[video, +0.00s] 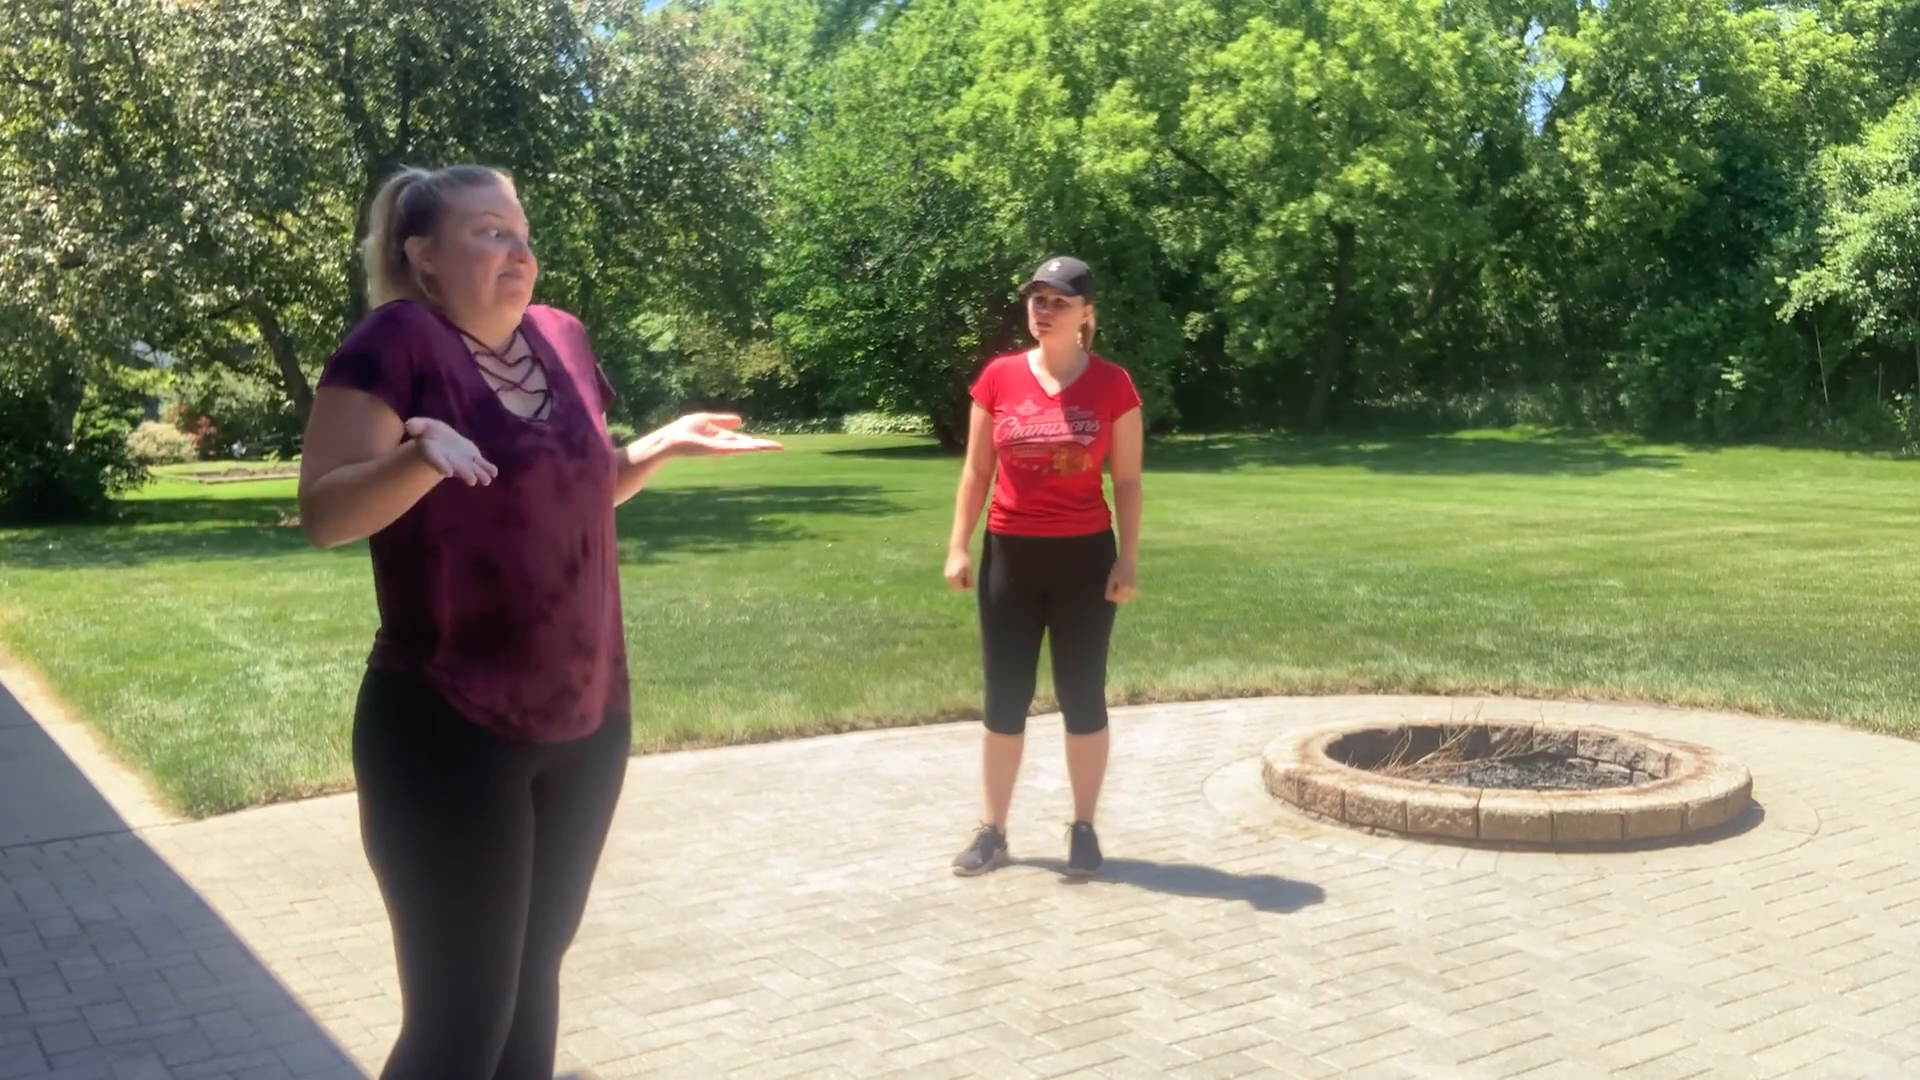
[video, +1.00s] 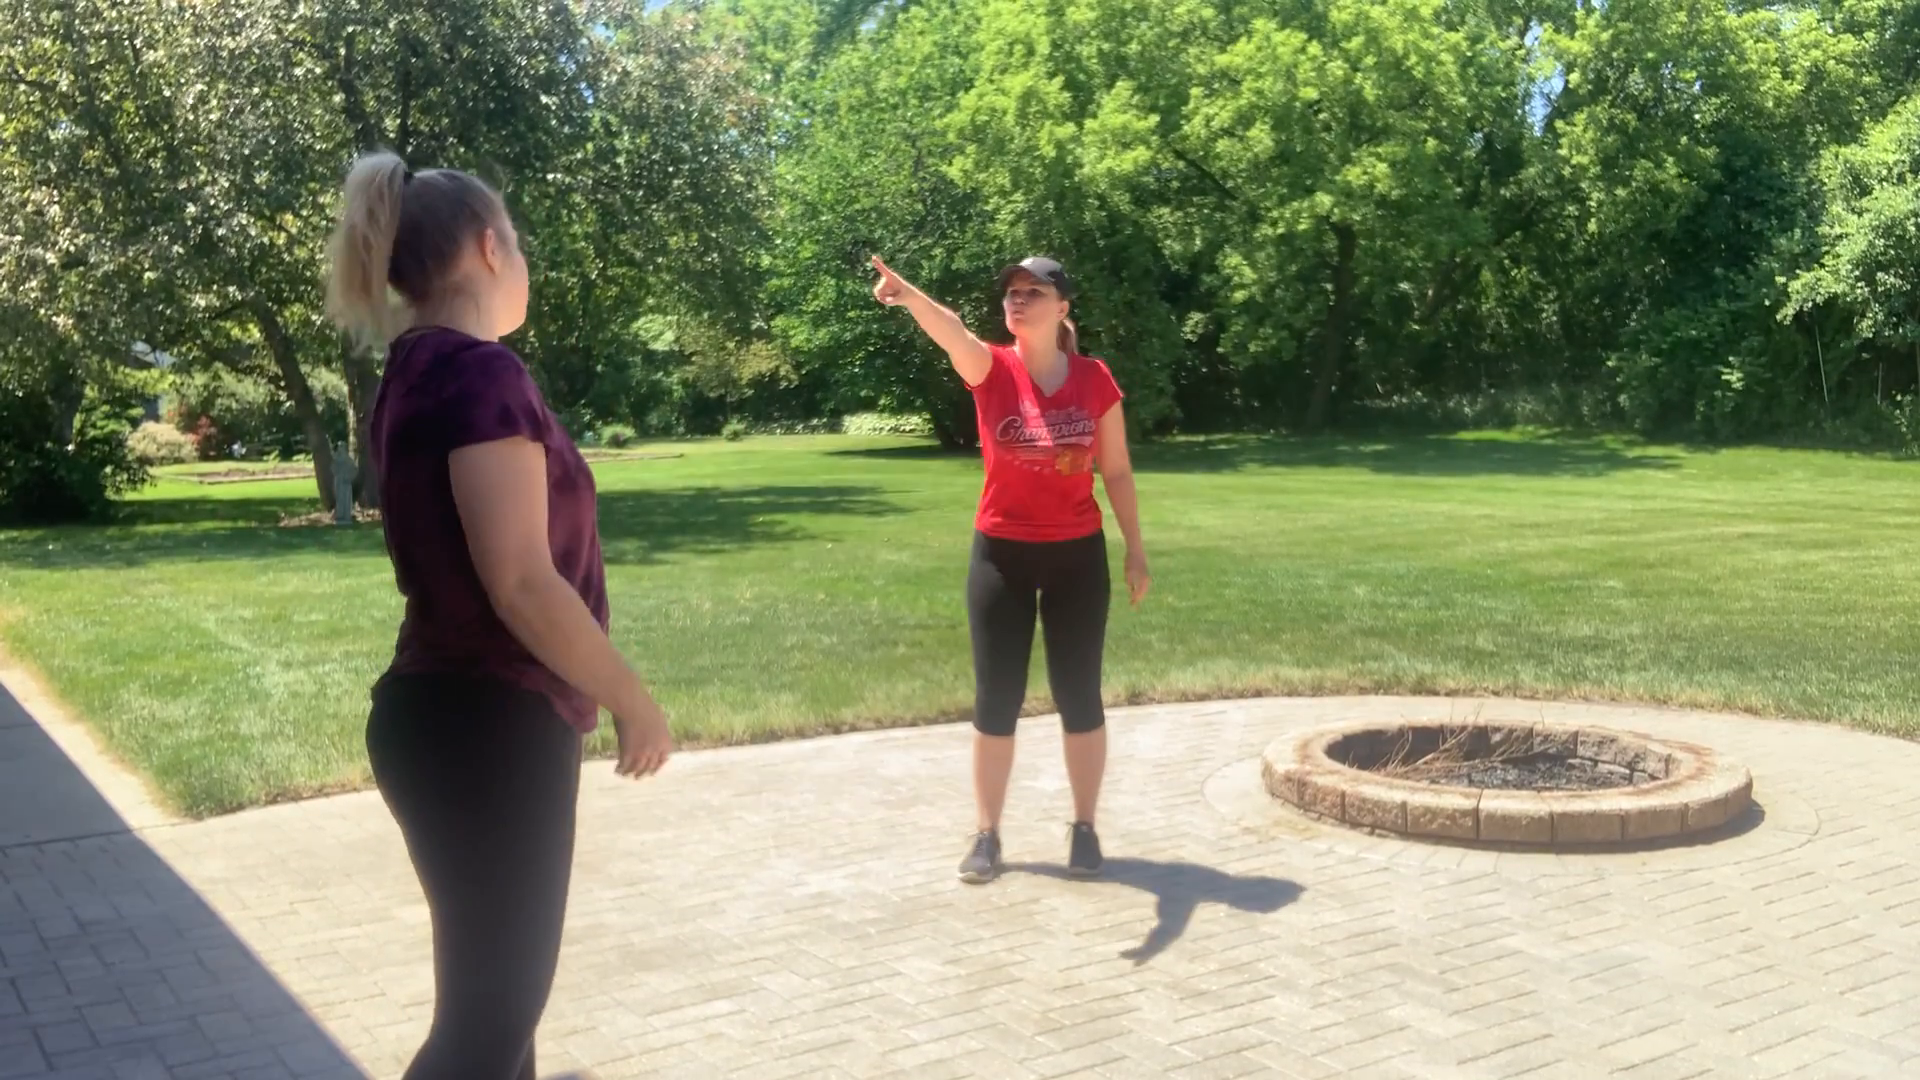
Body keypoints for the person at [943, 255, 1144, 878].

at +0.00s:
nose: (1043, 310)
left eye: (1058, 302)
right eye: (1037, 300)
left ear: (1086, 313)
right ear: (1026, 306)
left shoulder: (1111, 383)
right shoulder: (999, 376)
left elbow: (1127, 478)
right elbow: (976, 469)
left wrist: (1127, 556)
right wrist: (959, 544)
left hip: (1085, 557)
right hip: (1008, 556)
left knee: (1082, 697)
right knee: (1004, 698)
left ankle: (1083, 827)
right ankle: (992, 828)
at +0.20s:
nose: (1044, 311)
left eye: (1059, 303)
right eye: (1038, 301)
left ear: (1086, 314)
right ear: (1027, 307)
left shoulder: (1112, 384)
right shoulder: (999, 377)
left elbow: (1127, 480)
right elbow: (977, 470)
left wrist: (1131, 559)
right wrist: (957, 544)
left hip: (1085, 557)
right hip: (1009, 556)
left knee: (1082, 698)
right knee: (1004, 698)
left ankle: (1083, 827)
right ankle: (992, 828)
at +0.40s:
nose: (1043, 311)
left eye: (1057, 303)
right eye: (1036, 301)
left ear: (1085, 313)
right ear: (1025, 307)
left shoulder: (1110, 382)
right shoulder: (998, 376)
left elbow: (1127, 478)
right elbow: (976, 470)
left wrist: (1133, 556)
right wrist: (957, 545)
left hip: (1085, 557)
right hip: (1009, 556)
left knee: (1082, 698)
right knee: (1004, 698)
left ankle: (1084, 827)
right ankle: (992, 828)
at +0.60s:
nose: (1042, 310)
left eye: (1056, 300)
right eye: (1035, 299)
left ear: (1084, 310)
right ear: (1024, 307)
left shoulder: (1111, 381)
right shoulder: (999, 376)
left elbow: (1128, 476)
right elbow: (970, 468)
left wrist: (1133, 554)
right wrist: (966, 544)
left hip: (1086, 555)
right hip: (1009, 555)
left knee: (1083, 696)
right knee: (1004, 697)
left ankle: (1085, 825)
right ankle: (992, 827)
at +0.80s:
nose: (1030, 310)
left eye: (1044, 300)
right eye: (1024, 300)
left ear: (1077, 309)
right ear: (1017, 308)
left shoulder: (1110, 380)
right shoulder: (999, 365)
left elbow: (1129, 474)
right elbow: (921, 392)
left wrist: (1135, 553)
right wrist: (972, 402)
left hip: (1086, 554)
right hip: (1010, 551)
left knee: (1085, 697)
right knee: (1002, 696)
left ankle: (1085, 824)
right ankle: (992, 828)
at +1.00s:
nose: (1017, 303)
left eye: (1032, 294)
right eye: (1011, 295)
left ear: (1063, 306)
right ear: (1003, 308)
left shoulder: (1094, 379)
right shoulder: (992, 367)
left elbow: (1117, 470)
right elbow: (954, 335)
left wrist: (1134, 546)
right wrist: (911, 296)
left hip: (1077, 554)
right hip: (1000, 554)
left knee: (1079, 696)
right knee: (996, 698)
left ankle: (1085, 827)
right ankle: (986, 834)